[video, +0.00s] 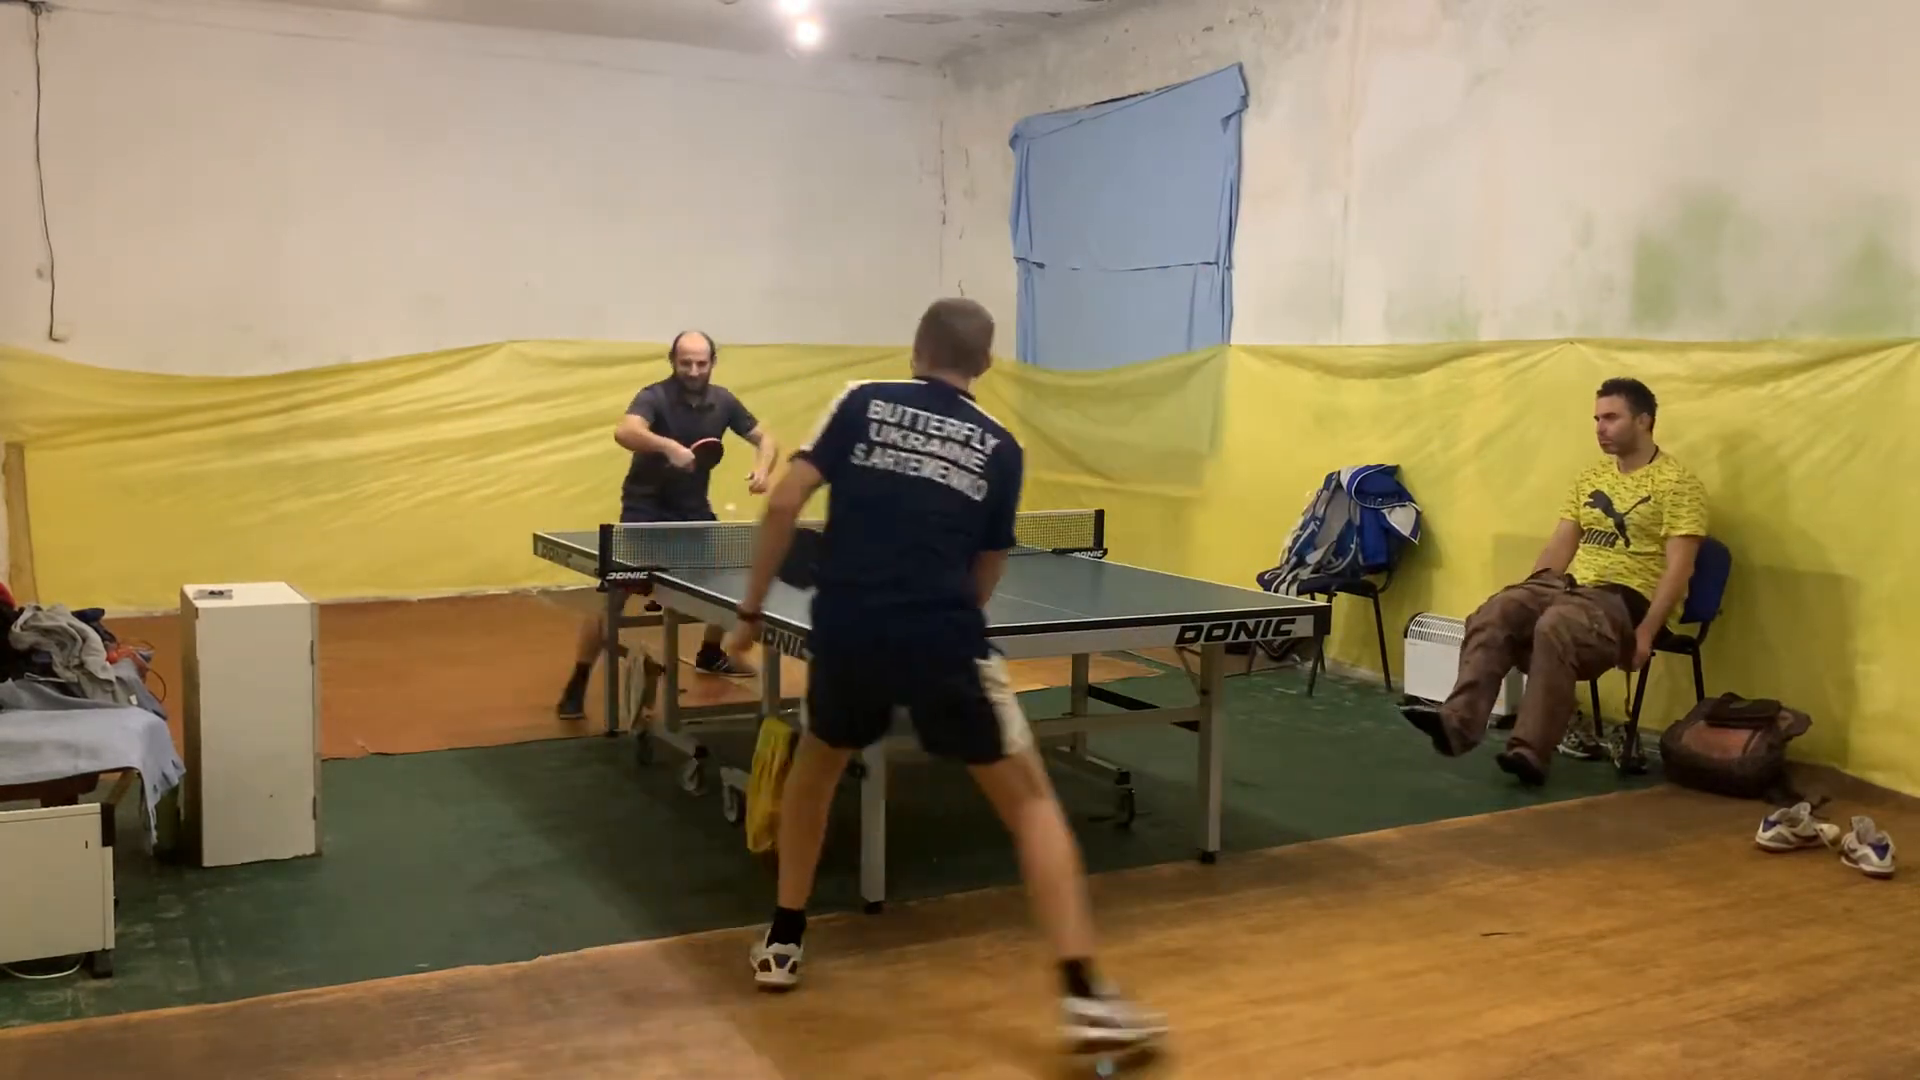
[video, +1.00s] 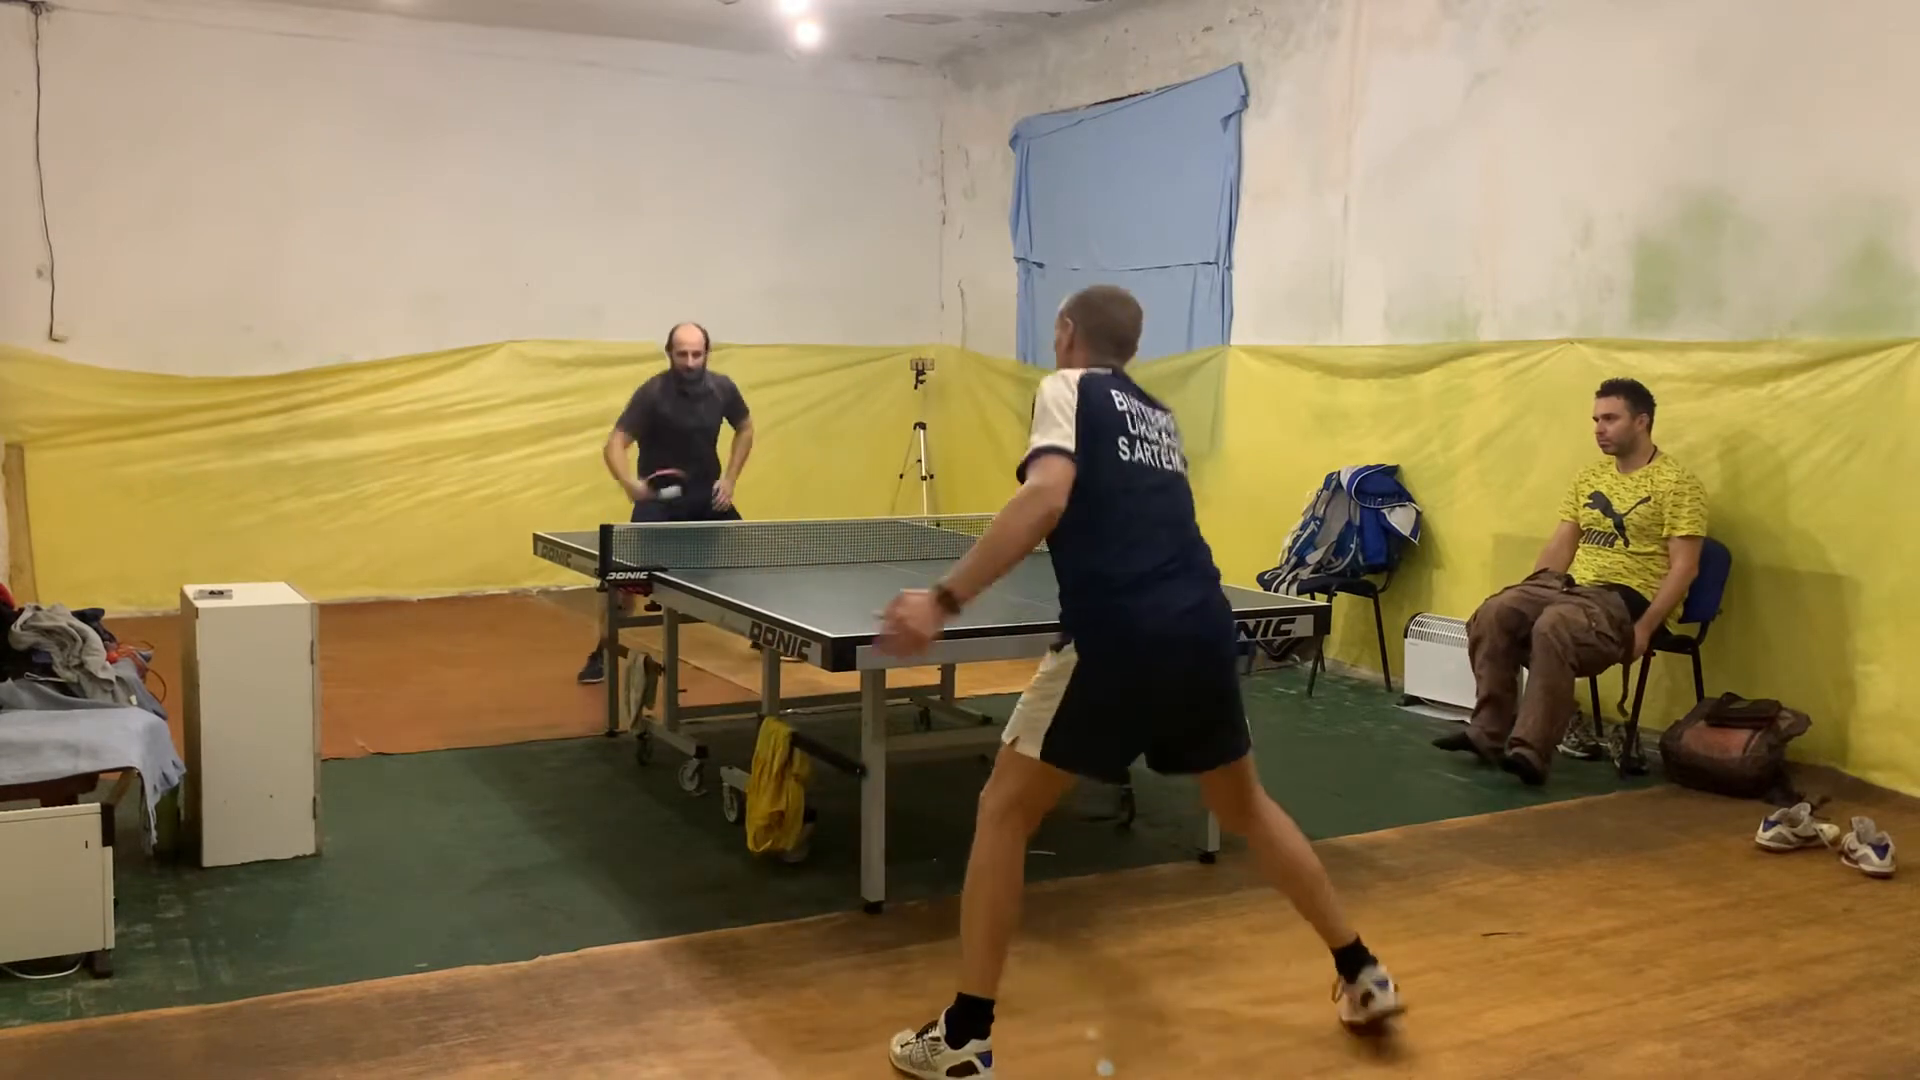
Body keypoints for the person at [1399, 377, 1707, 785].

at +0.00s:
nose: (1600, 428)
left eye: (1610, 418)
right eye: (1597, 419)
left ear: (1644, 420)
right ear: (1596, 422)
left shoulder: (1679, 483)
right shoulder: (1592, 476)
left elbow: (1680, 568)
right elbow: (1561, 546)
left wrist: (1647, 630)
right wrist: (1531, 592)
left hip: (1627, 596)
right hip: (1570, 587)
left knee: (1557, 627)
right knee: (1496, 614)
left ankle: (1531, 751)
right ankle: (1458, 723)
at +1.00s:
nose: (1599, 429)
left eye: (1609, 419)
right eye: (1596, 420)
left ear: (1642, 421)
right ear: (1594, 422)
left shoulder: (1677, 482)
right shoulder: (1591, 476)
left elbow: (1684, 568)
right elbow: (1561, 545)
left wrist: (1644, 628)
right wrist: (1534, 593)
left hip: (1631, 596)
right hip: (1573, 588)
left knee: (1554, 626)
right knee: (1494, 615)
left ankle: (1531, 751)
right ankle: (1488, 734)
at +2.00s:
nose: (1592, 412)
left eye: (1605, 404)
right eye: (1589, 403)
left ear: (1635, 411)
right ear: (1584, 408)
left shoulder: (1655, 472)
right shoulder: (1573, 462)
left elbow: (1639, 548)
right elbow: (1513, 492)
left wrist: (1557, 526)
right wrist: (1534, 449)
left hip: (1637, 601)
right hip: (1572, 593)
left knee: (1580, 651)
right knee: (1474, 630)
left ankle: (1577, 746)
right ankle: (1535, 722)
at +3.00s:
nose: (1578, 415)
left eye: (1589, 406)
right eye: (1578, 406)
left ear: (1624, 412)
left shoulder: (1655, 472)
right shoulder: (1572, 467)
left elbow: (1652, 550)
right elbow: (1545, 537)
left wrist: (1586, 519)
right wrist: (1510, 519)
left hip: (1636, 601)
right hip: (1568, 594)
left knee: (1579, 651)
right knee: (1475, 629)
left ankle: (1576, 745)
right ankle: (1535, 722)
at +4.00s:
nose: (1578, 418)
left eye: (1589, 409)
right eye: (1577, 409)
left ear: (1622, 413)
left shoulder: (1656, 474)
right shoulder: (1569, 470)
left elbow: (1665, 556)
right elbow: (1537, 542)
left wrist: (1583, 535)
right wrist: (1538, 533)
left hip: (1638, 600)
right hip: (1571, 591)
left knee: (1579, 649)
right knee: (1475, 629)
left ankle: (1577, 745)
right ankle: (1535, 721)